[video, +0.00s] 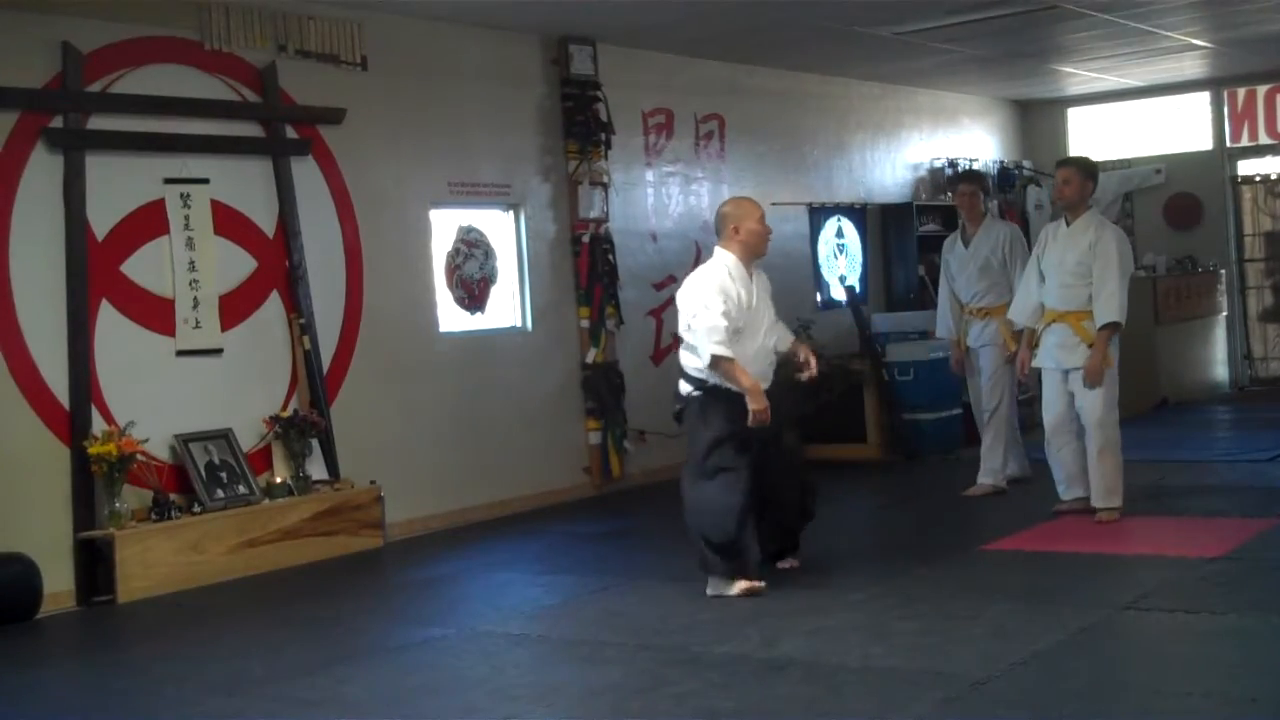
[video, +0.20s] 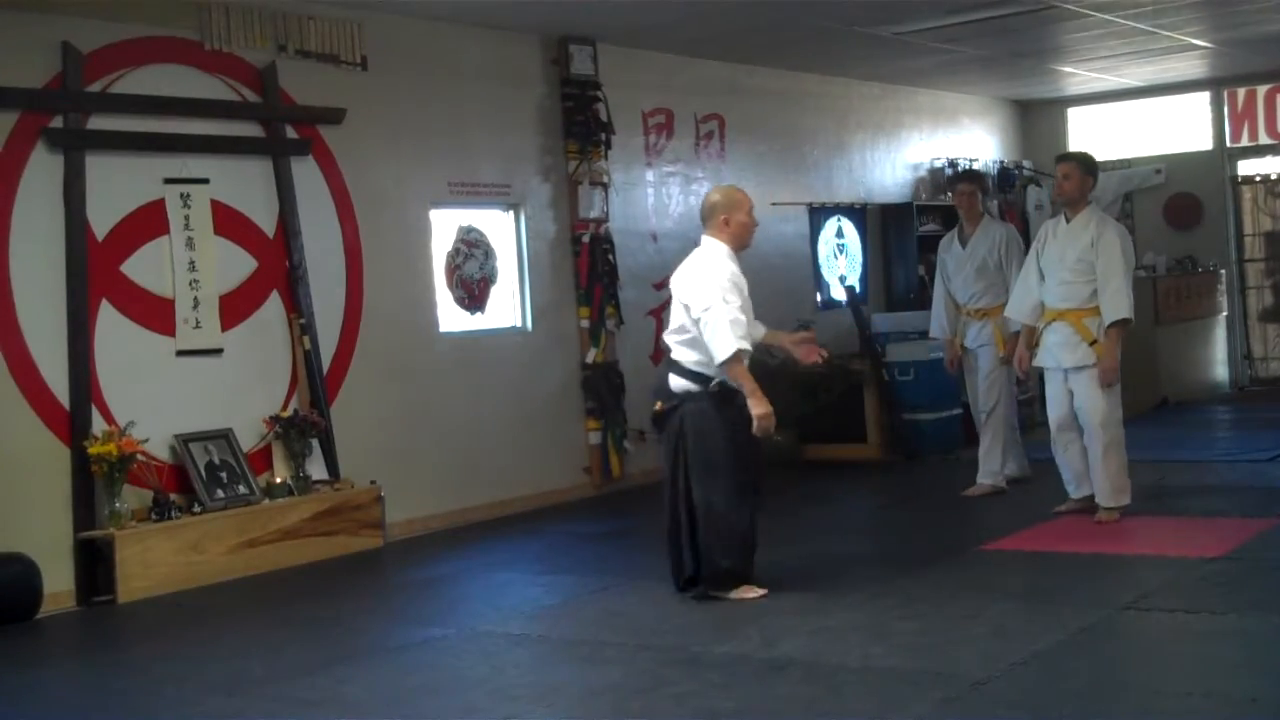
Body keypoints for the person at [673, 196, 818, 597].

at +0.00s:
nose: (769, 229)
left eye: (766, 222)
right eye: (762, 222)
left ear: (738, 231)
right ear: (737, 231)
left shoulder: (757, 279)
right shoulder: (707, 282)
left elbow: (768, 326)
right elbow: (713, 348)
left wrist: (796, 348)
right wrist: (750, 386)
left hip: (753, 395)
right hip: (712, 399)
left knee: (774, 472)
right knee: (722, 483)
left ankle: (776, 551)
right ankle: (722, 574)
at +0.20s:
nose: (755, 222)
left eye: (753, 215)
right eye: (749, 215)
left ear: (721, 222)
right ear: (727, 221)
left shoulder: (715, 263)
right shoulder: (713, 269)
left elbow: (740, 326)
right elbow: (723, 341)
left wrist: (785, 340)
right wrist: (753, 394)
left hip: (699, 394)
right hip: (705, 398)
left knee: (707, 489)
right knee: (721, 489)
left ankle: (704, 574)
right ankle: (723, 579)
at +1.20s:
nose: (654, 219)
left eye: (652, 211)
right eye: (654, 212)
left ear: (603, 208)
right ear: (646, 215)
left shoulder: (565, 257)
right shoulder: (643, 270)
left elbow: (597, 306)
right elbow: (681, 341)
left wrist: (664, 295)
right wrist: (723, 398)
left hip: (563, 400)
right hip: (620, 404)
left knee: (583, 518)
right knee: (636, 521)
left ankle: (588, 632)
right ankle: (623, 646)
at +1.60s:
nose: (619, 222)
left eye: (618, 213)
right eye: (619, 214)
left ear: (564, 215)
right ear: (609, 217)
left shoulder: (525, 269)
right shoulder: (612, 275)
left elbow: (558, 313)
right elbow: (667, 359)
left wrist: (626, 290)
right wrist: (720, 392)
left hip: (528, 415)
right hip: (592, 414)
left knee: (543, 543)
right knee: (611, 533)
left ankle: (561, 669)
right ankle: (627, 651)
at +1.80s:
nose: (606, 213)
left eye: (605, 204)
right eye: (605, 204)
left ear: (548, 211)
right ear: (593, 209)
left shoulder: (514, 266)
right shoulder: (603, 267)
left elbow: (512, 325)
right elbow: (652, 331)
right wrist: (707, 372)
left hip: (520, 411)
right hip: (587, 410)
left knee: (535, 542)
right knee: (613, 531)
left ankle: (559, 670)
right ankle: (629, 647)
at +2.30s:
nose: (646, 216)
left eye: (644, 207)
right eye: (645, 209)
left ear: (590, 210)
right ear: (635, 212)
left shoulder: (551, 261)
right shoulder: (648, 269)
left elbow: (539, 322)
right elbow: (714, 338)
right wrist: (736, 349)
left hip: (550, 406)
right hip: (616, 409)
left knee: (554, 537)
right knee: (641, 533)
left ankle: (558, 666)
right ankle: (654, 653)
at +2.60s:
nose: (669, 218)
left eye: (668, 210)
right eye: (667, 211)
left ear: (609, 211)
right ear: (657, 212)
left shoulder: (567, 261)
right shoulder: (668, 266)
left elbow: (556, 320)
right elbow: (721, 322)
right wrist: (747, 334)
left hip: (566, 394)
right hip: (632, 396)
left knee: (567, 533)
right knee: (648, 530)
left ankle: (562, 668)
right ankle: (659, 653)